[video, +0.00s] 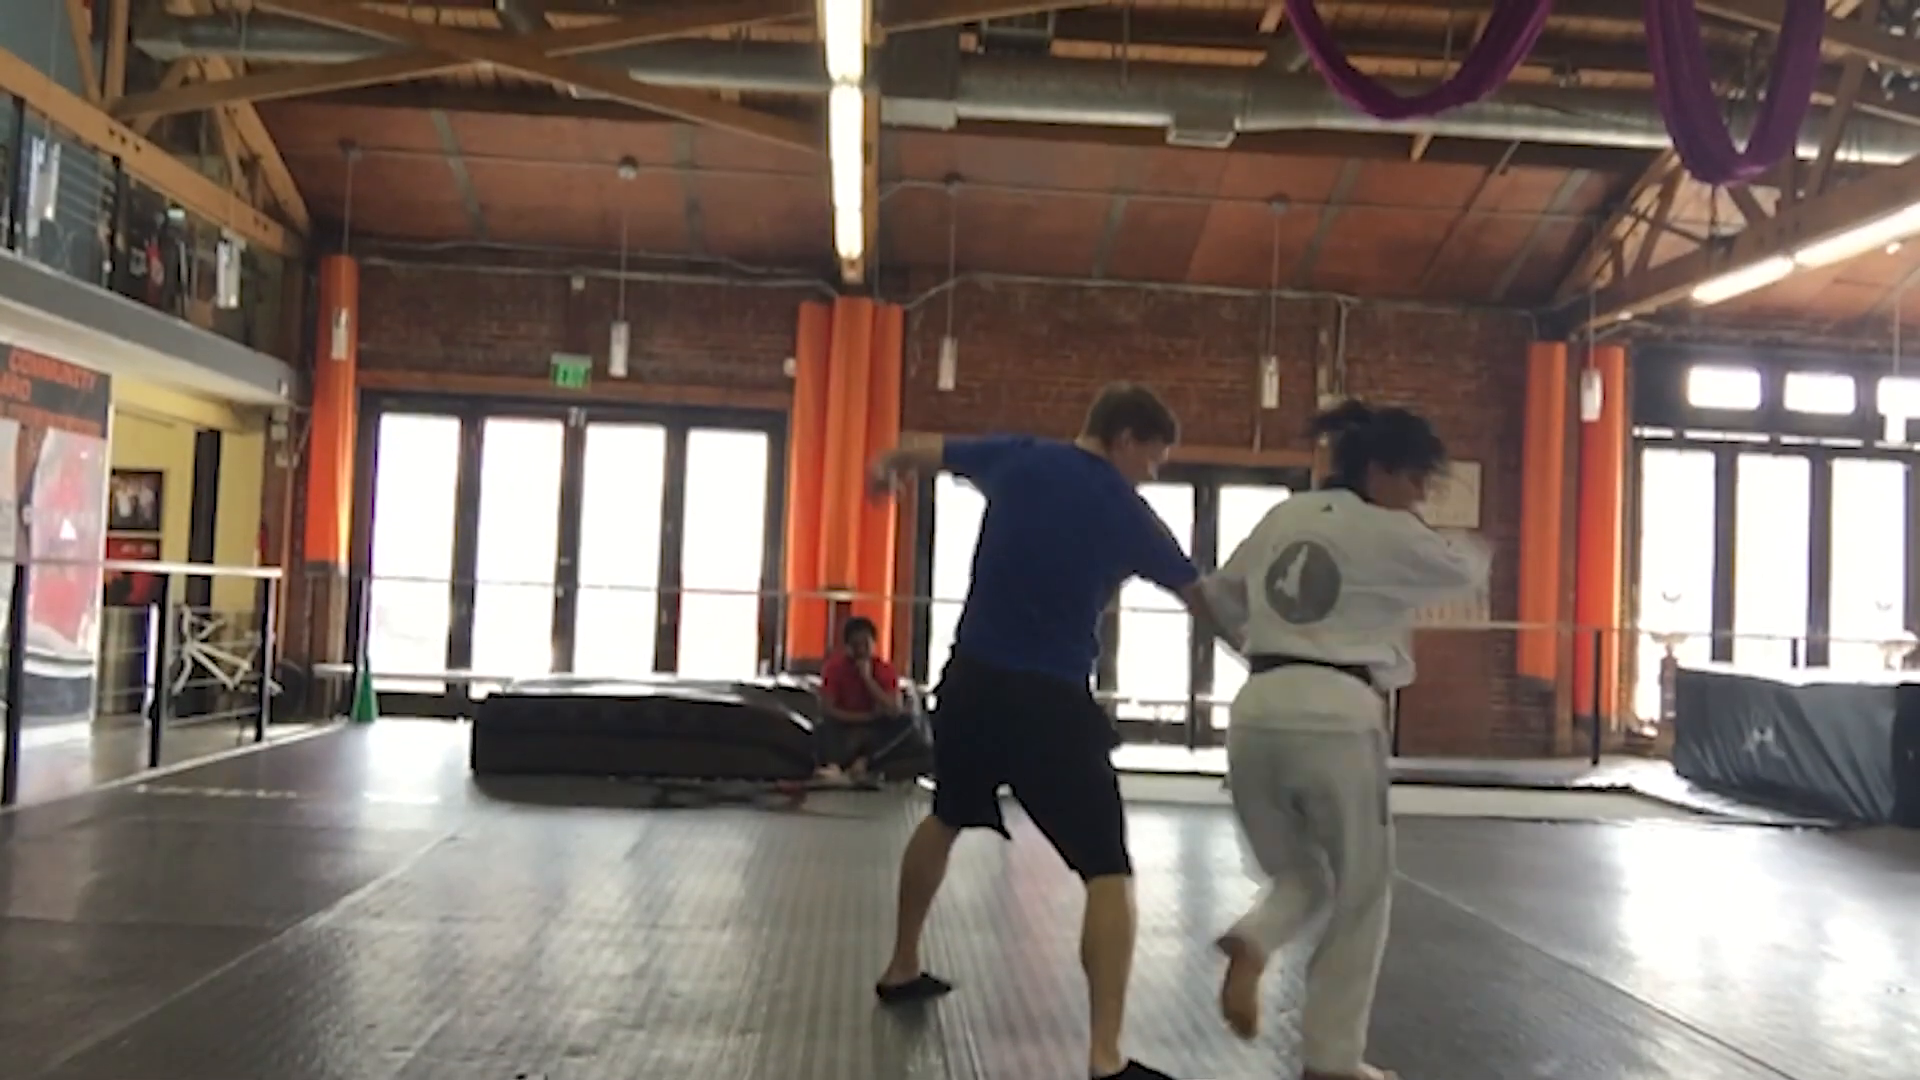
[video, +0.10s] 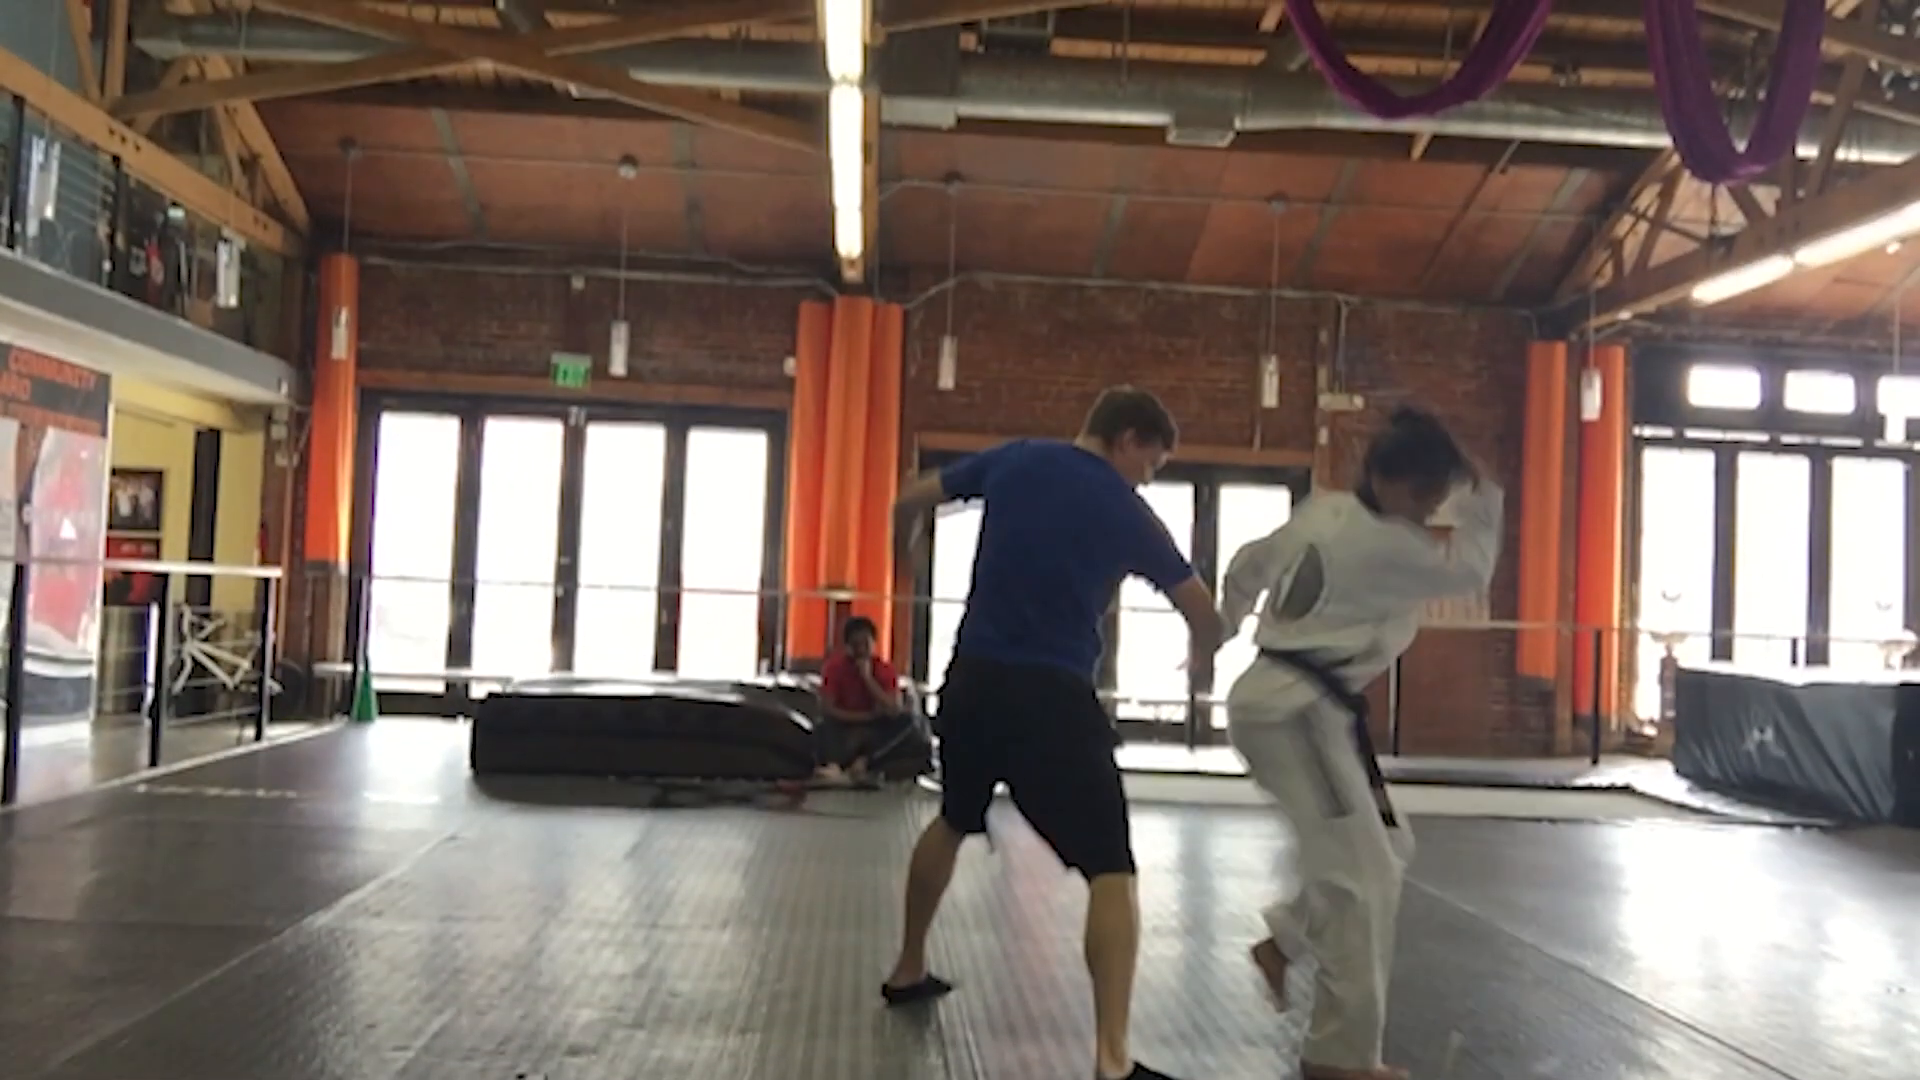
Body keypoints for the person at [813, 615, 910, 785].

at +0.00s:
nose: (861, 650)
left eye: (866, 643)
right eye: (856, 644)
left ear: (873, 643)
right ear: (847, 646)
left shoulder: (884, 669)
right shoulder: (834, 669)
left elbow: (894, 709)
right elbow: (828, 710)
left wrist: (868, 679)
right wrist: (868, 716)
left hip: (875, 723)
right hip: (844, 724)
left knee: (906, 723)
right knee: (824, 727)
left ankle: (866, 764)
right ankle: (831, 766)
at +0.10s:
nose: (861, 650)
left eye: (866, 644)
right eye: (856, 645)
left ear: (873, 643)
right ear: (847, 646)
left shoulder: (884, 669)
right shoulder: (834, 668)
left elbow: (894, 708)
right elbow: (828, 709)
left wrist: (868, 678)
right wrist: (868, 715)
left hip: (875, 722)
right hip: (844, 724)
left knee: (907, 722)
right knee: (824, 727)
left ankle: (866, 763)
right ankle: (831, 766)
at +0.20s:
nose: (862, 648)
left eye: (866, 642)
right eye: (856, 642)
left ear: (873, 642)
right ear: (847, 644)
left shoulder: (884, 668)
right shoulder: (834, 667)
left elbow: (892, 708)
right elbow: (827, 707)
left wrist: (867, 676)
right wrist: (868, 714)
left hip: (875, 721)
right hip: (843, 723)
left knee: (906, 721)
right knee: (822, 729)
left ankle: (866, 761)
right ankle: (832, 765)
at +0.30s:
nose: (861, 646)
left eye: (865, 640)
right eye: (855, 641)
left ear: (873, 640)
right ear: (847, 643)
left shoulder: (884, 667)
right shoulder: (834, 666)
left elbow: (892, 707)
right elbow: (827, 706)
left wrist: (868, 676)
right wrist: (869, 713)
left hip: (875, 720)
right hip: (842, 720)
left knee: (906, 720)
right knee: (821, 729)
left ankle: (866, 759)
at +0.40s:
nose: (861, 645)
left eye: (865, 639)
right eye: (856, 640)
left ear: (873, 638)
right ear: (847, 641)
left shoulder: (884, 665)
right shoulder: (834, 664)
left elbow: (892, 706)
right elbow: (827, 705)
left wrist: (868, 675)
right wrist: (869, 711)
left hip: (875, 718)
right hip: (842, 719)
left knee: (906, 718)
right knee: (821, 729)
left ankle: (866, 757)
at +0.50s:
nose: (861, 647)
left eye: (865, 641)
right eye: (856, 642)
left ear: (873, 641)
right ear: (847, 643)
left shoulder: (885, 668)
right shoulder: (833, 666)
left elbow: (892, 708)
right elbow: (827, 706)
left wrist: (868, 676)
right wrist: (868, 713)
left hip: (875, 719)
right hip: (842, 720)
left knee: (906, 719)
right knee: (823, 727)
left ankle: (865, 759)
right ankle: (833, 763)